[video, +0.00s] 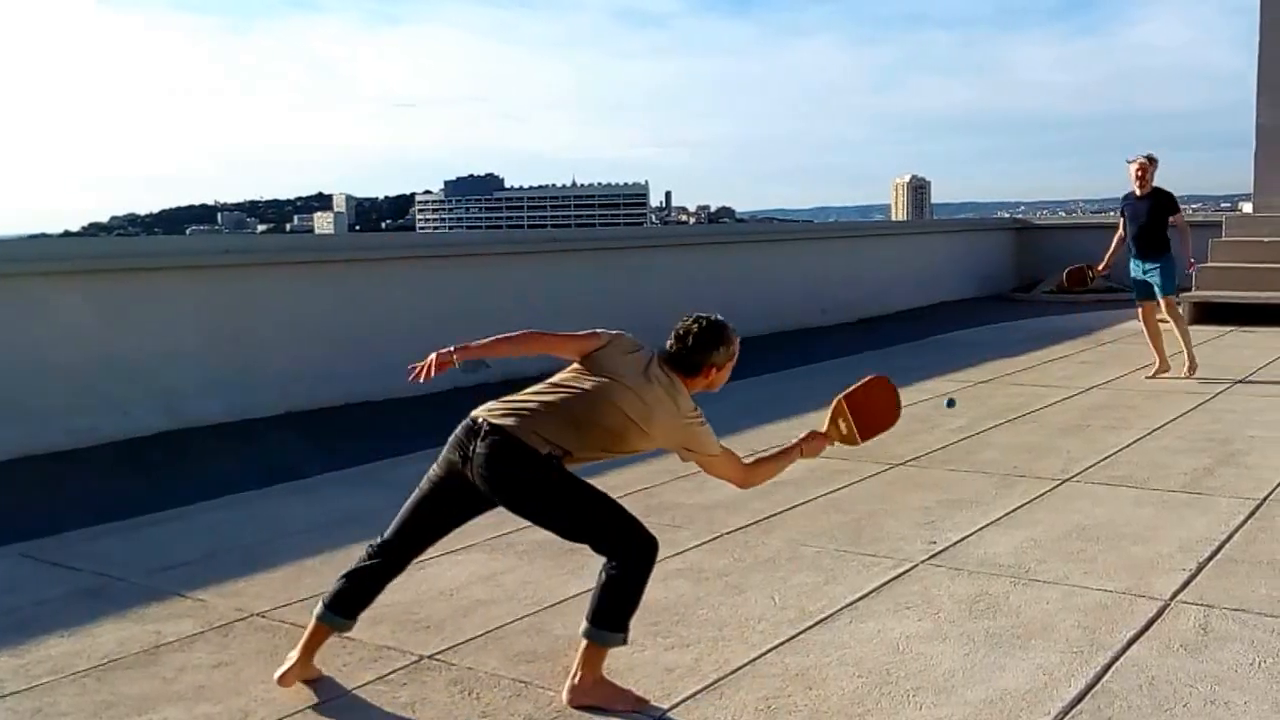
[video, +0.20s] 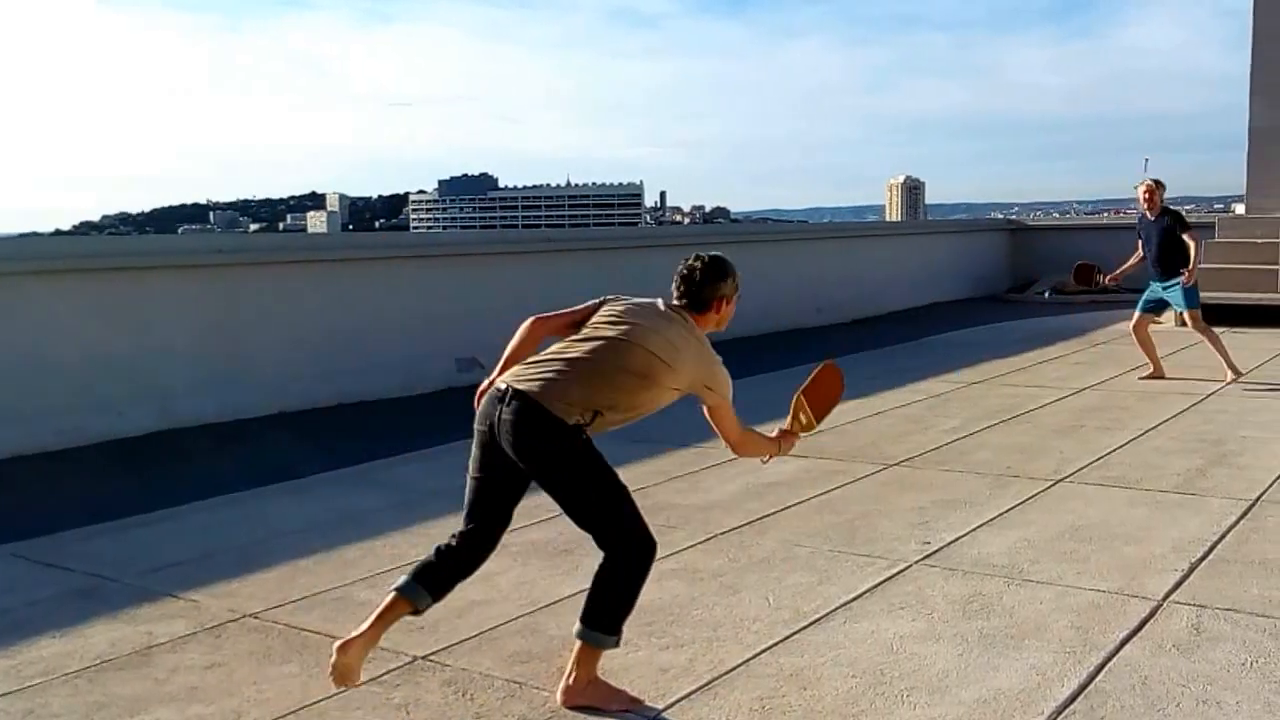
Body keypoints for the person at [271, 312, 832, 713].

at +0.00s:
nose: (728, 376)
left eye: (730, 367)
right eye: (728, 368)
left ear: (678, 350)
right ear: (707, 371)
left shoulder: (621, 347)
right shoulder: (681, 418)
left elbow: (533, 342)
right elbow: (745, 475)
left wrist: (458, 351)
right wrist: (805, 447)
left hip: (473, 434)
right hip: (518, 461)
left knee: (389, 550)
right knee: (635, 545)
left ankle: (299, 660)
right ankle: (588, 679)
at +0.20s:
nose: (734, 311)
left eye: (732, 300)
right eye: (734, 302)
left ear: (682, 291)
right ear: (720, 306)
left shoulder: (626, 304)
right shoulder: (706, 365)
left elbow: (538, 323)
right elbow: (738, 440)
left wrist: (494, 378)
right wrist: (776, 444)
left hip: (498, 408)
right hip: (546, 424)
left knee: (473, 540)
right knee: (631, 545)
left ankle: (364, 636)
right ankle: (581, 680)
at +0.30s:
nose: (721, 269)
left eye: (720, 260)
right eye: (720, 260)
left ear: (666, 258)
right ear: (708, 265)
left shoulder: (615, 277)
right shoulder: (701, 322)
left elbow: (534, 313)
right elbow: (712, 416)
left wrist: (494, 378)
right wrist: (732, 452)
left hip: (513, 391)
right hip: (564, 407)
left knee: (552, 513)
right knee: (622, 542)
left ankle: (469, 616)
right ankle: (577, 678)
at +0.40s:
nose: (704, 243)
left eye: (703, 234)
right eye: (704, 234)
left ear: (650, 229)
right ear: (694, 234)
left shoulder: (601, 255)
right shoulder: (693, 288)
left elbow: (533, 304)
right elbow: (691, 392)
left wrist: (503, 375)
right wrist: (694, 449)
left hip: (534, 384)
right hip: (583, 395)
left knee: (590, 501)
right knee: (618, 537)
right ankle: (574, 679)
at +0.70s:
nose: (694, 189)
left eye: (693, 179)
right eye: (693, 180)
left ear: (640, 179)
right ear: (683, 180)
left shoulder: (598, 224)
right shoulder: (685, 236)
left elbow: (537, 281)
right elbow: (690, 332)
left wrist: (538, 352)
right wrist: (695, 377)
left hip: (572, 373)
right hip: (623, 380)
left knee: (618, 495)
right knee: (684, 509)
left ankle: (614, 624)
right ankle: (644, 648)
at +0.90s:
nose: (689, 187)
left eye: (687, 177)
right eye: (687, 178)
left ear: (633, 184)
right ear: (674, 183)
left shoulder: (596, 238)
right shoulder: (678, 240)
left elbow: (568, 323)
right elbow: (681, 332)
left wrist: (605, 366)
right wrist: (715, 388)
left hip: (585, 389)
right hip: (637, 395)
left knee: (592, 498)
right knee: (705, 517)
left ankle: (561, 607)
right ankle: (696, 661)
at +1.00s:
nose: (692, 192)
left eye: (689, 183)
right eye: (689, 183)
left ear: (641, 192)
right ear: (675, 191)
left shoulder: (619, 239)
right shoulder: (661, 250)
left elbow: (627, 335)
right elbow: (649, 349)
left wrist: (685, 377)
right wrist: (695, 412)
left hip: (581, 396)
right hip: (620, 406)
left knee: (603, 500)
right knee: (712, 515)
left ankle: (556, 611)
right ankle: (694, 658)